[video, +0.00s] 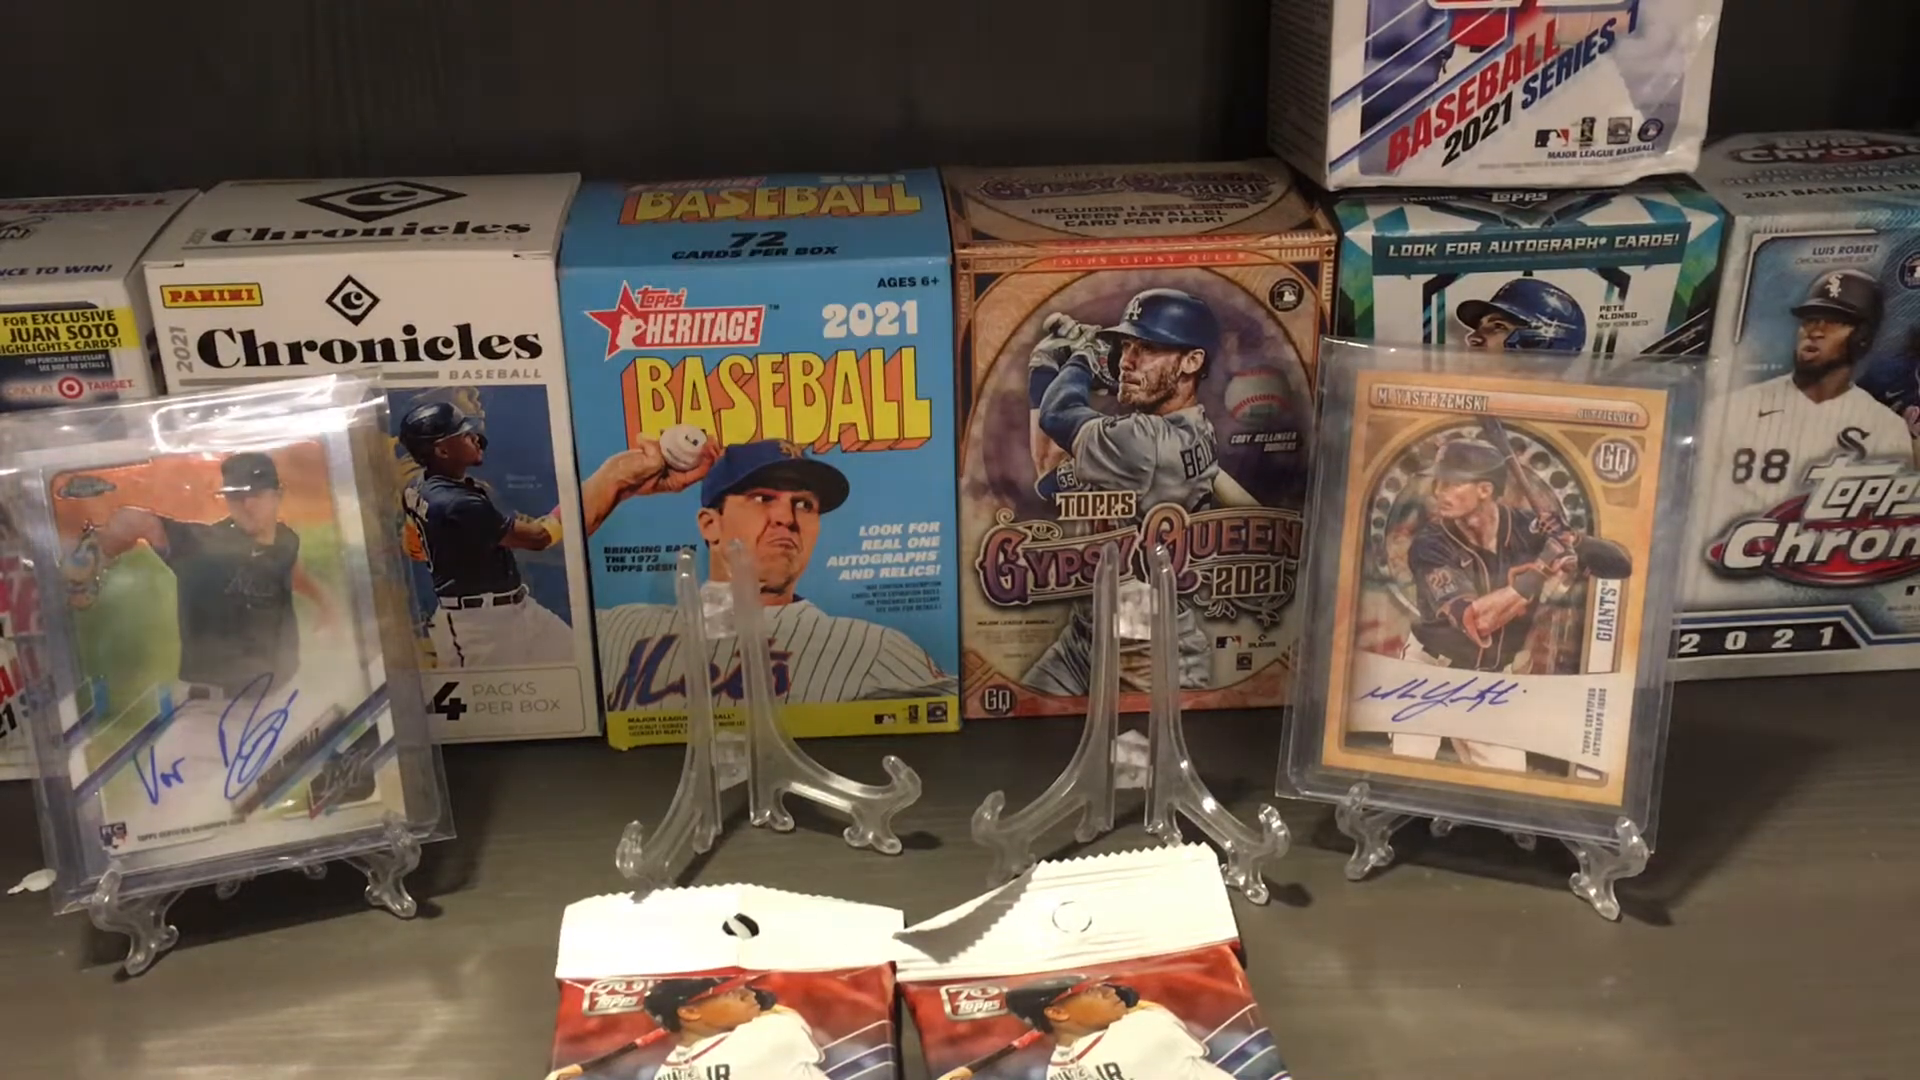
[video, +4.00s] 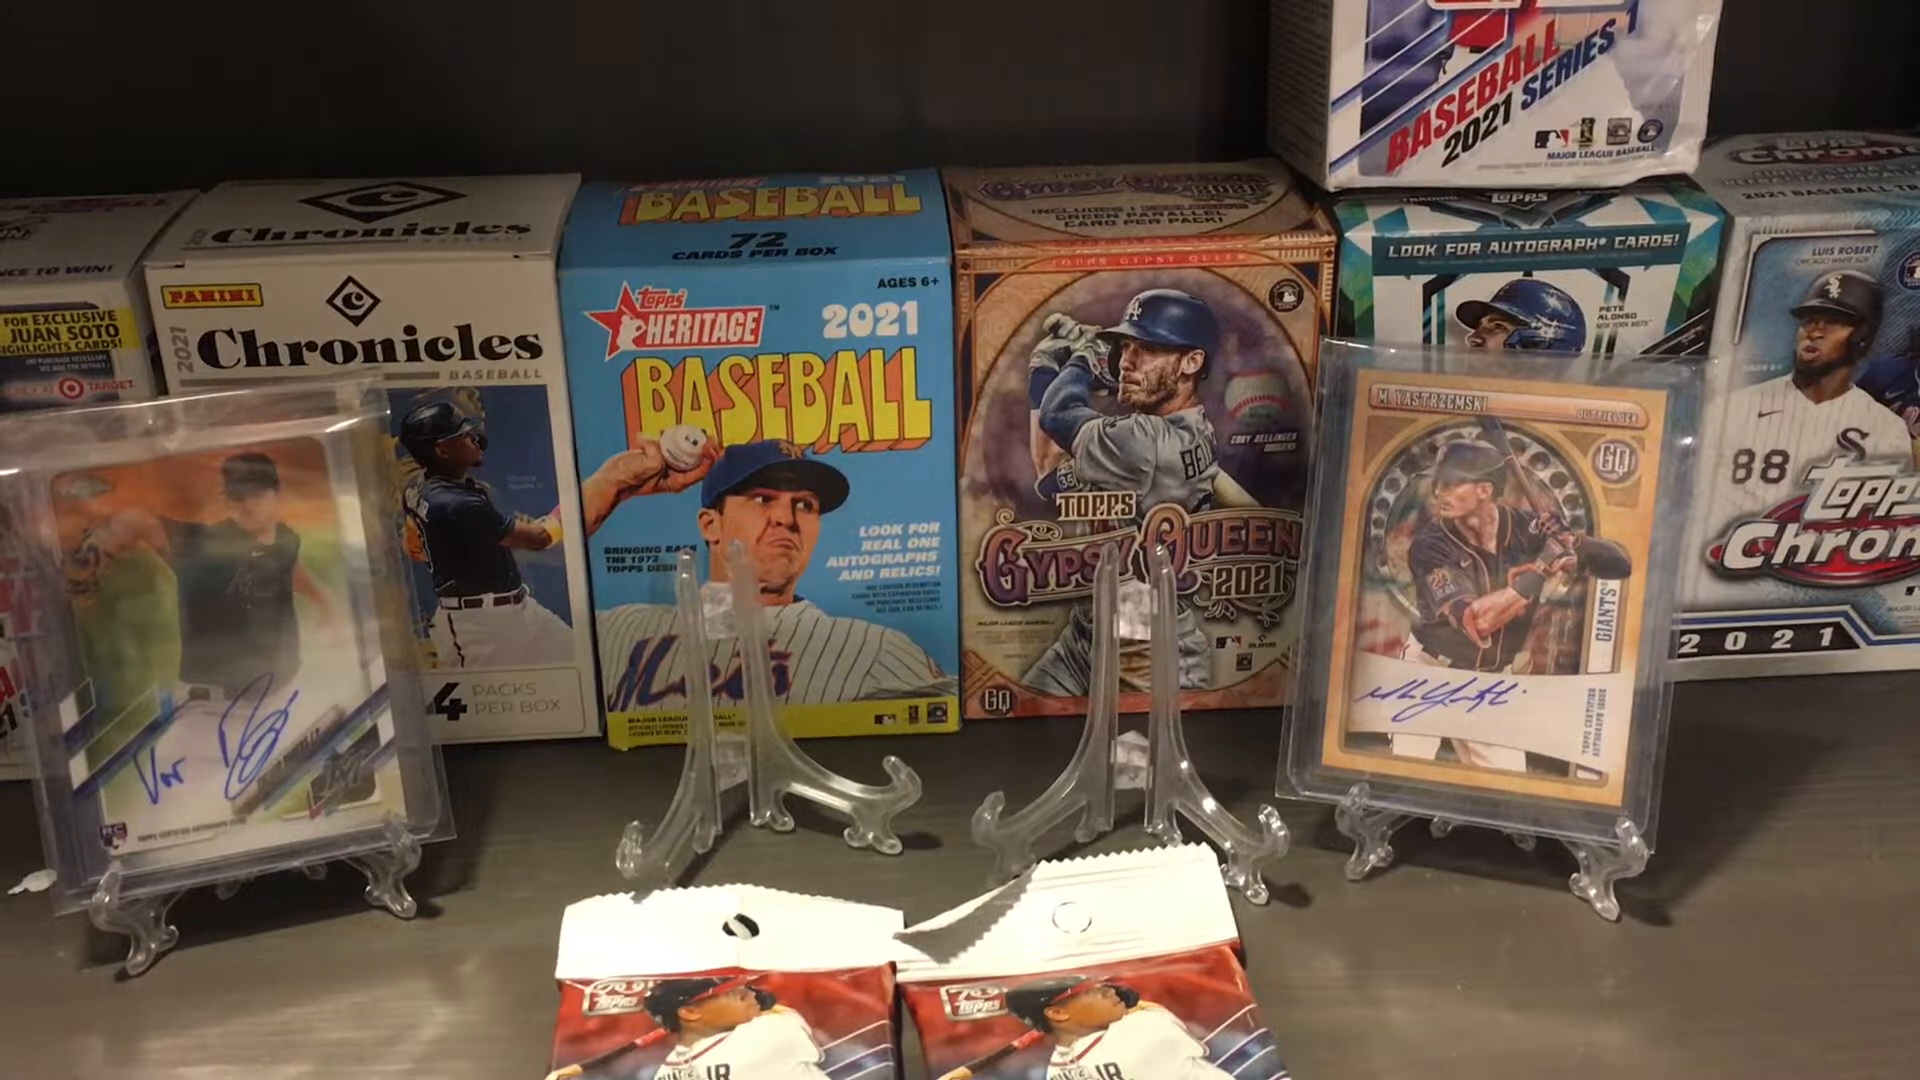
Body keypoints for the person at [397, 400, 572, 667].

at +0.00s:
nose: (475, 436)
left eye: (469, 430)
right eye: (464, 433)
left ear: (442, 451)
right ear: (442, 449)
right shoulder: (461, 506)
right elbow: (538, 537)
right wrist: (571, 508)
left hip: (519, 609)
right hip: (474, 623)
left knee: (588, 662)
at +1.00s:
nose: (475, 436)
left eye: (470, 430)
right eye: (465, 433)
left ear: (442, 451)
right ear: (442, 450)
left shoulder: (420, 489)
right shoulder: (461, 506)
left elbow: (413, 545)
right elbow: (538, 537)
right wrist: (570, 509)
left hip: (520, 608)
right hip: (475, 622)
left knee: (587, 662)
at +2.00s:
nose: (476, 437)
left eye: (470, 430)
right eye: (465, 433)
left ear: (442, 451)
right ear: (442, 450)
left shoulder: (419, 490)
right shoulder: (460, 506)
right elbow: (538, 537)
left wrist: (539, 523)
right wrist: (568, 511)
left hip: (520, 609)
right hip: (473, 623)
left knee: (587, 664)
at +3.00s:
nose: (475, 435)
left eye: (469, 429)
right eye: (464, 432)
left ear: (442, 451)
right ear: (442, 449)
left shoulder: (420, 489)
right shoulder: (462, 507)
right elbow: (539, 537)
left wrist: (543, 522)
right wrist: (568, 509)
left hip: (519, 609)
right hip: (474, 622)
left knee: (587, 663)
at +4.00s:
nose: (476, 437)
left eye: (470, 431)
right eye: (465, 434)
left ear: (443, 451)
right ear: (442, 450)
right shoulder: (460, 507)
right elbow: (539, 538)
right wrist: (569, 510)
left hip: (519, 608)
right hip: (474, 623)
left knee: (587, 665)